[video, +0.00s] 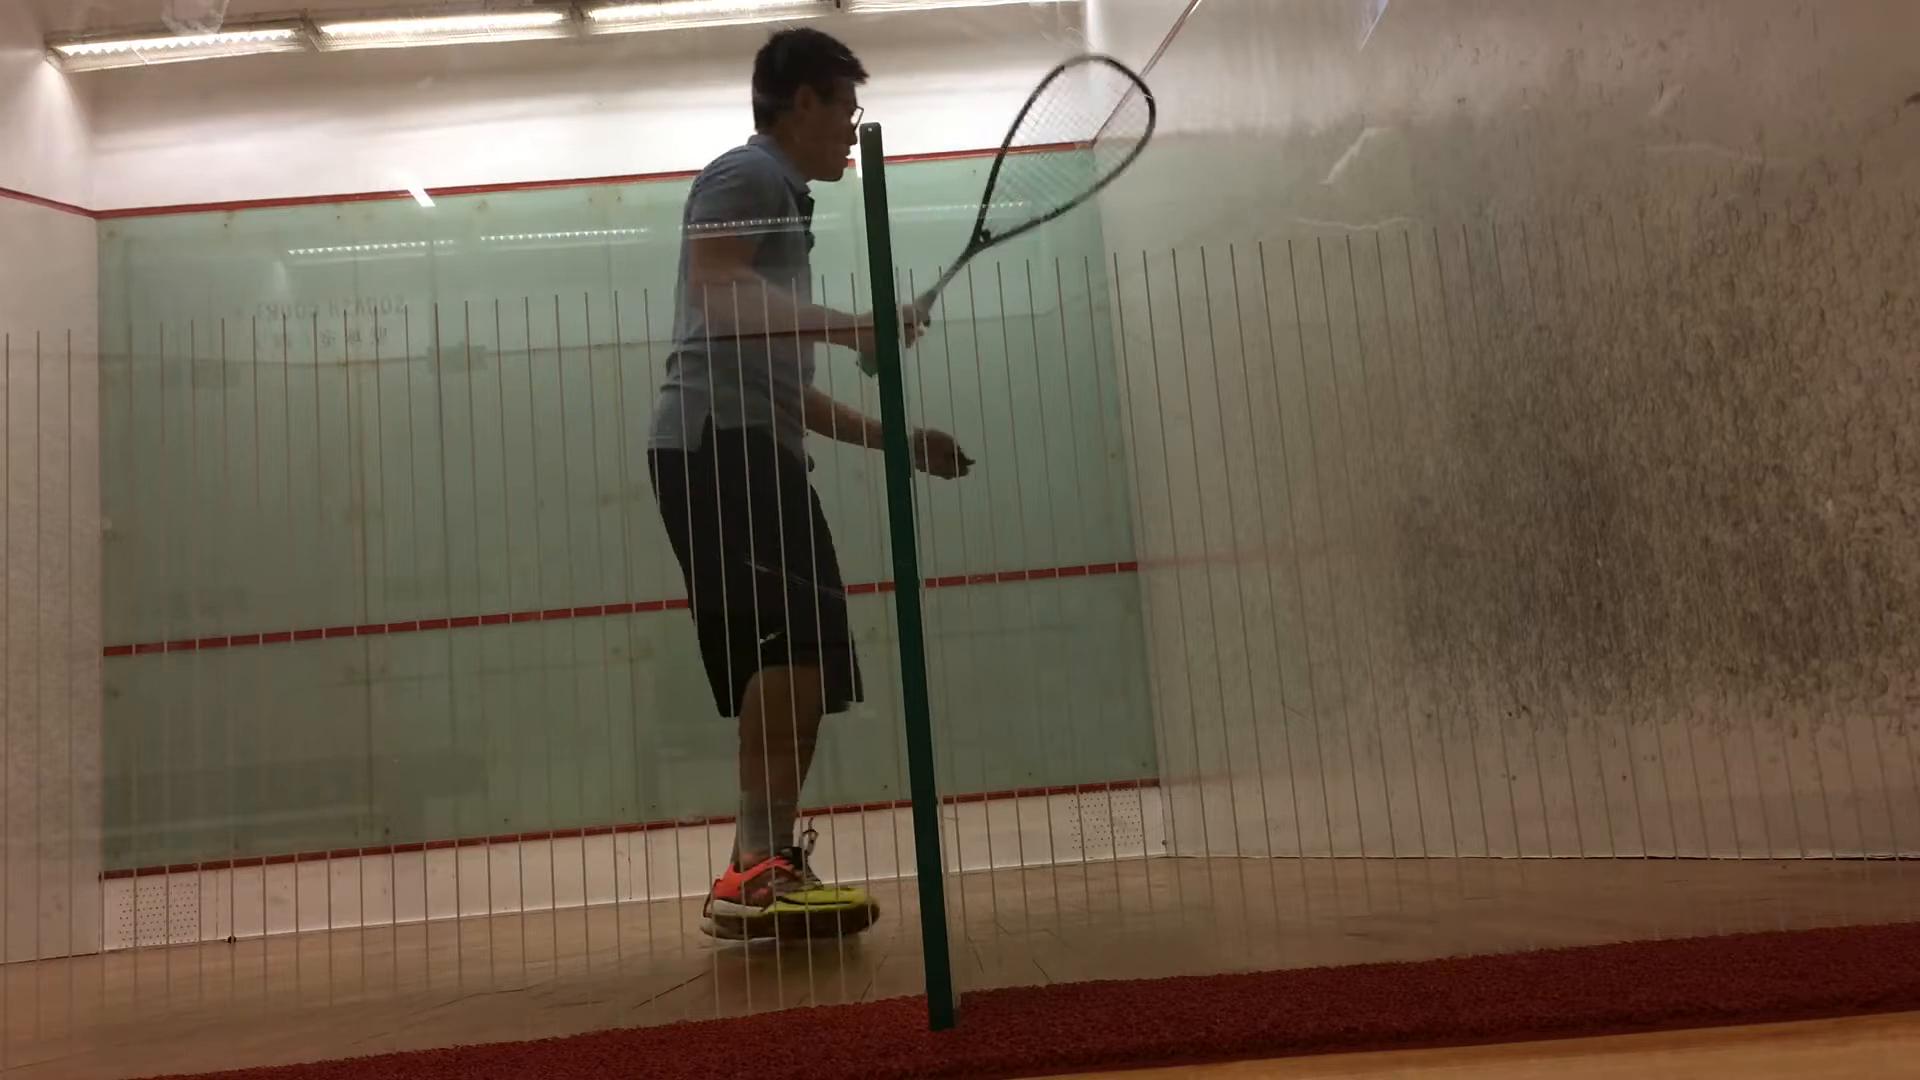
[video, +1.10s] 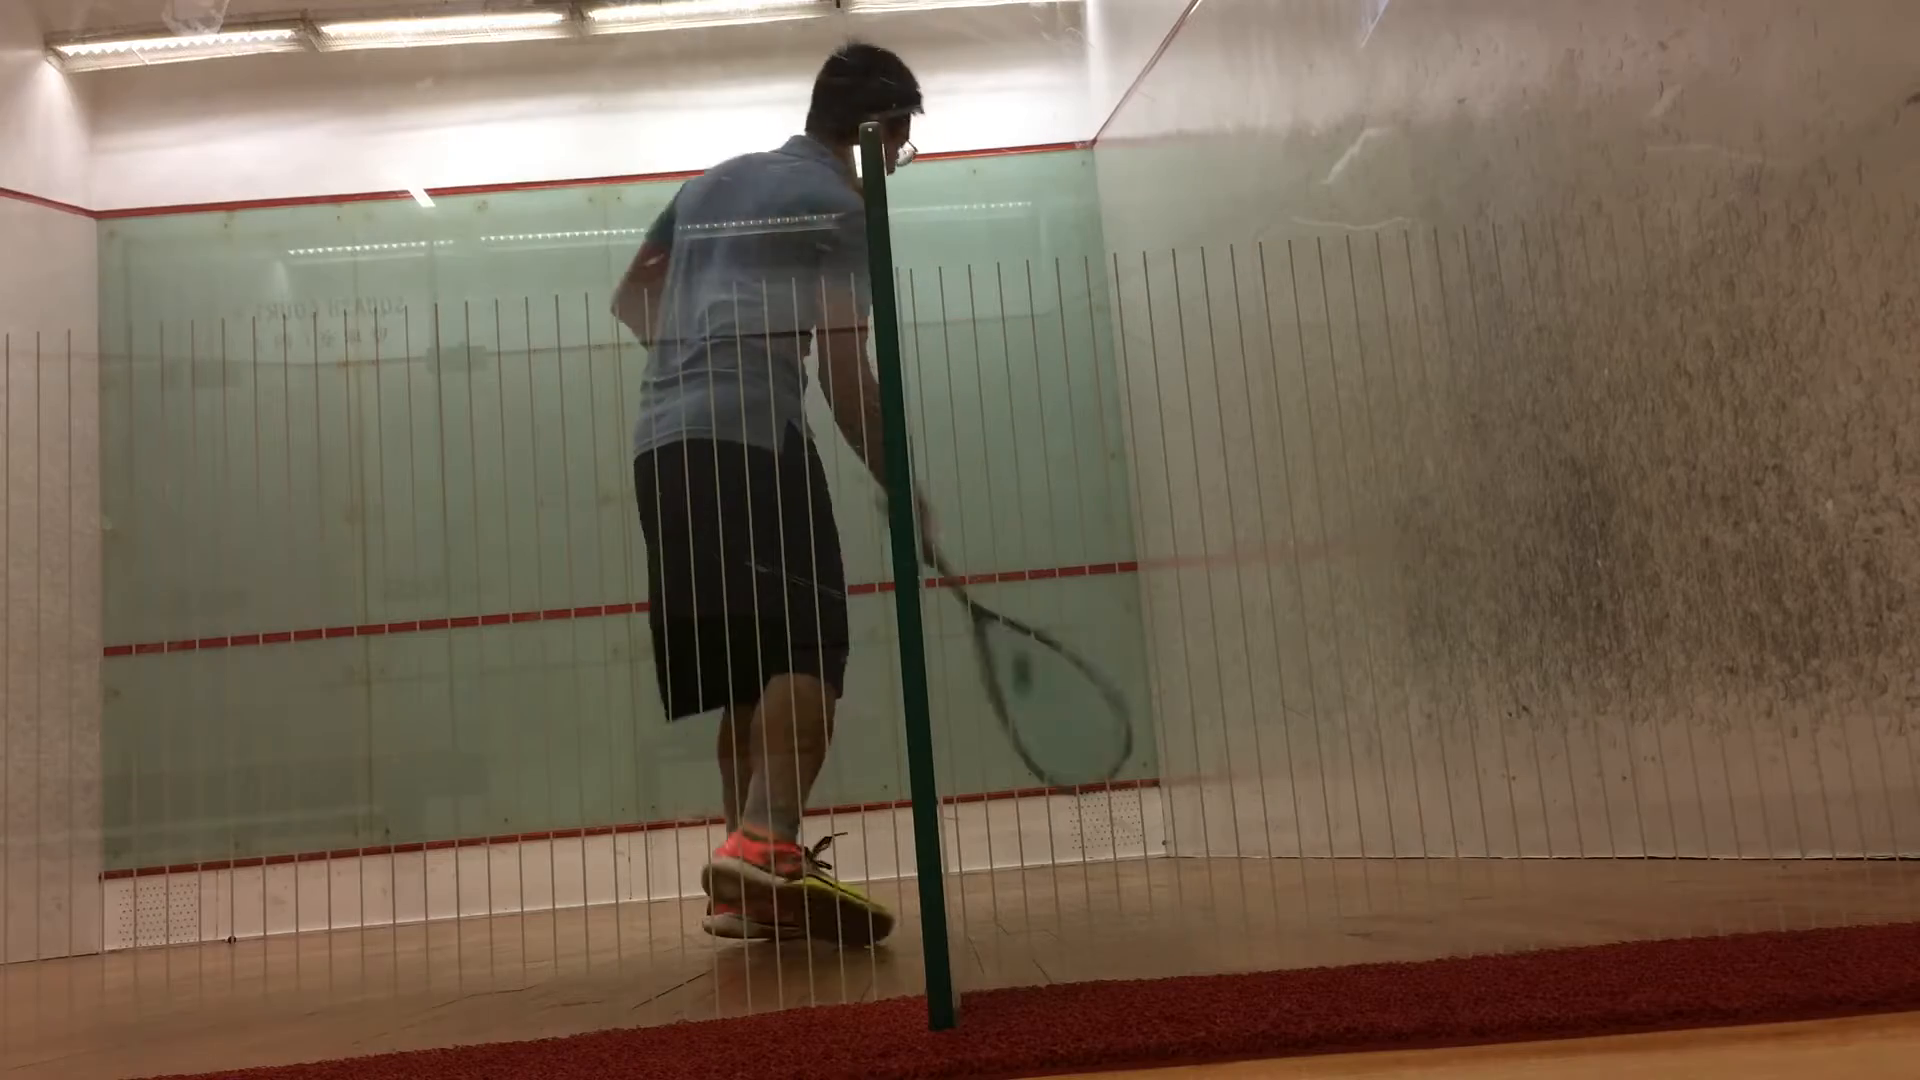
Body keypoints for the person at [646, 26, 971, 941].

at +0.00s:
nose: (856, 127)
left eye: (855, 109)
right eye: (845, 108)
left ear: (800, 110)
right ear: (798, 105)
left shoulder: (783, 213)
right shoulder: (745, 174)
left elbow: (784, 392)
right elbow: (717, 293)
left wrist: (896, 440)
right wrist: (850, 327)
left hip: (757, 448)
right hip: (718, 443)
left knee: (806, 650)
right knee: (787, 641)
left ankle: (774, 865)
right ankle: (754, 867)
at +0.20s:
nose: (873, 115)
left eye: (876, 98)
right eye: (866, 94)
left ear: (825, 87)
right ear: (822, 83)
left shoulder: (810, 201)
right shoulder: (749, 146)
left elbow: (809, 381)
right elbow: (673, 221)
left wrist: (937, 436)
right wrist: (809, 226)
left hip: (778, 436)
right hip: (723, 428)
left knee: (829, 649)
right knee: (783, 643)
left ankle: (772, 876)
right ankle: (749, 879)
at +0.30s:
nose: (875, 119)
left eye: (881, 102)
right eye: (867, 97)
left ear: (835, 88)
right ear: (813, 77)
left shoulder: (810, 201)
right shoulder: (744, 130)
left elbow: (835, 383)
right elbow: (636, 183)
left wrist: (966, 432)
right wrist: (742, 139)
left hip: (781, 428)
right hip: (719, 419)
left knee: (839, 652)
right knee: (778, 648)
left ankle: (785, 879)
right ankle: (749, 887)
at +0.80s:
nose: (921, 158)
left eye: (923, 141)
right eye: (916, 138)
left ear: (871, 131)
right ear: (871, 128)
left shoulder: (820, 213)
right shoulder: (774, 160)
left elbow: (816, 372)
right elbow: (678, 235)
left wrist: (954, 368)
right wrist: (788, 167)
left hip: (761, 433)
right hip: (715, 428)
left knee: (855, 652)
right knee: (841, 649)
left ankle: (775, 876)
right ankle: (756, 882)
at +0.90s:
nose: (917, 159)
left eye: (921, 141)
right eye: (912, 137)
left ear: (859, 130)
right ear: (870, 127)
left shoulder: (817, 219)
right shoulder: (807, 173)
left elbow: (781, 368)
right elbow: (735, 261)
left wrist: (885, 358)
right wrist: (841, 291)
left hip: (717, 443)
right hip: (728, 435)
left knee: (807, 664)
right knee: (849, 654)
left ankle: (756, 879)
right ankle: (766, 883)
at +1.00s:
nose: (908, 163)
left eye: (914, 147)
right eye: (907, 142)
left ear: (829, 123)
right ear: (871, 127)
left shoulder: (748, 193)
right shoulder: (826, 191)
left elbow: (769, 341)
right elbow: (811, 329)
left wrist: (878, 397)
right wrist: (904, 406)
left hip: (680, 445)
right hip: (744, 441)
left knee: (764, 662)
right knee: (828, 652)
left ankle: (754, 873)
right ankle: (773, 873)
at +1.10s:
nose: (899, 156)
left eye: (905, 137)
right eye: (900, 136)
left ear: (816, 112)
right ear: (870, 125)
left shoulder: (710, 184)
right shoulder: (842, 202)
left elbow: (633, 293)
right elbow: (844, 377)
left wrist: (705, 368)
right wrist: (905, 494)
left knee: (740, 666)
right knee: (811, 645)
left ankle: (748, 872)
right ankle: (763, 838)